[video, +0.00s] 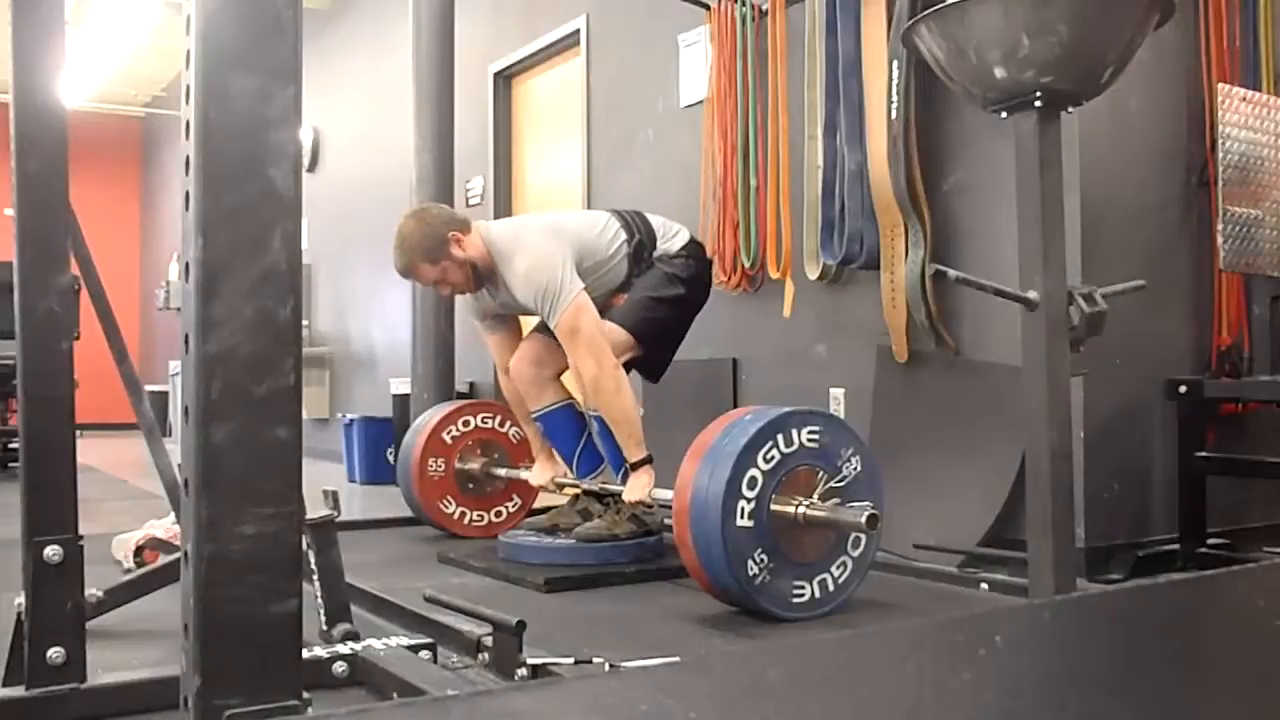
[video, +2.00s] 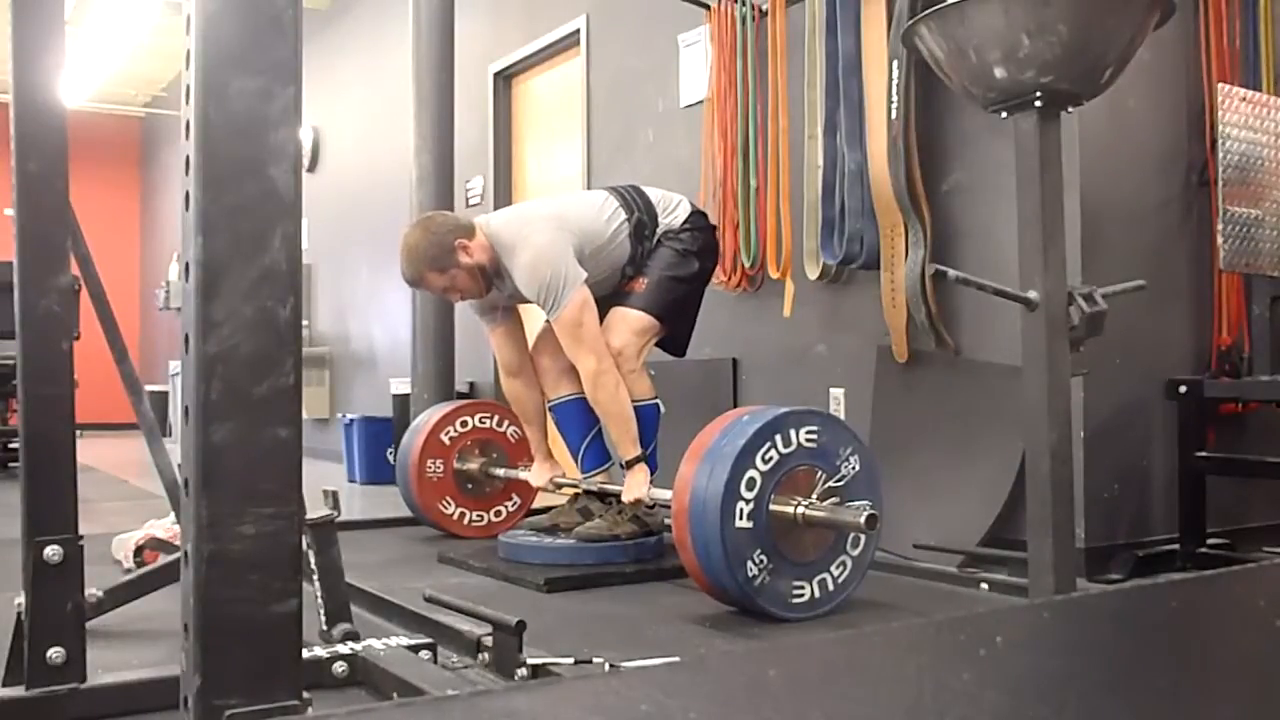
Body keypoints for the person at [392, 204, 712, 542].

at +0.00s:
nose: (443, 292)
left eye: (440, 280)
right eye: (435, 287)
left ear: (458, 244)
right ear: (457, 243)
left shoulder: (532, 259)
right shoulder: (479, 286)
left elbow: (594, 362)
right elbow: (510, 371)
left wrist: (640, 468)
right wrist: (542, 454)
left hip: (671, 260)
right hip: (609, 281)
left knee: (595, 357)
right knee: (526, 366)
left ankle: (630, 493)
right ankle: (598, 488)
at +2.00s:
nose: (454, 300)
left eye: (449, 287)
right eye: (443, 295)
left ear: (465, 251)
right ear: (465, 251)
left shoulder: (535, 250)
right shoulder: (483, 284)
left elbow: (597, 362)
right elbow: (514, 372)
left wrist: (635, 464)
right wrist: (541, 458)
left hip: (677, 232)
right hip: (617, 254)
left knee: (619, 348)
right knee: (548, 356)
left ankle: (639, 496)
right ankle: (600, 491)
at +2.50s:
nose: (450, 295)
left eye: (447, 283)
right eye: (441, 292)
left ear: (464, 245)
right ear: (463, 245)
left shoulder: (541, 260)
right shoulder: (482, 288)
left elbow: (605, 359)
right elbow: (512, 370)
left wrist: (639, 468)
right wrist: (541, 456)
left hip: (672, 254)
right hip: (611, 271)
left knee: (590, 363)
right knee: (531, 365)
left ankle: (633, 494)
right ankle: (599, 488)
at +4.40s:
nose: (495, 174)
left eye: (508, 161)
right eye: (495, 163)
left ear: (547, 170)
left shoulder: (594, 233)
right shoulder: (528, 247)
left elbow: (627, 352)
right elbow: (537, 356)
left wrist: (635, 460)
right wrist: (540, 450)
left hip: (711, 302)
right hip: (644, 311)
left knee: (608, 354)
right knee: (545, 364)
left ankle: (633, 503)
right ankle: (600, 493)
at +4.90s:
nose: (501, 172)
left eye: (514, 160)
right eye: (501, 163)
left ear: (553, 169)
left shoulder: (598, 232)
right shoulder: (530, 258)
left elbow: (630, 351)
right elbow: (539, 360)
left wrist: (637, 460)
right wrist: (542, 451)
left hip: (713, 302)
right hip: (645, 311)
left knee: (610, 354)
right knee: (546, 364)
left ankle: (633, 502)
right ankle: (599, 493)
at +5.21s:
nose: (497, 202)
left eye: (505, 188)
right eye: (493, 192)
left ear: (542, 178)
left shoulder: (596, 236)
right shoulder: (528, 254)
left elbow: (629, 352)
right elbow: (539, 358)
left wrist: (637, 461)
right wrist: (541, 450)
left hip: (713, 301)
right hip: (646, 311)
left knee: (612, 353)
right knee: (548, 362)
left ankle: (633, 503)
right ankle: (599, 494)